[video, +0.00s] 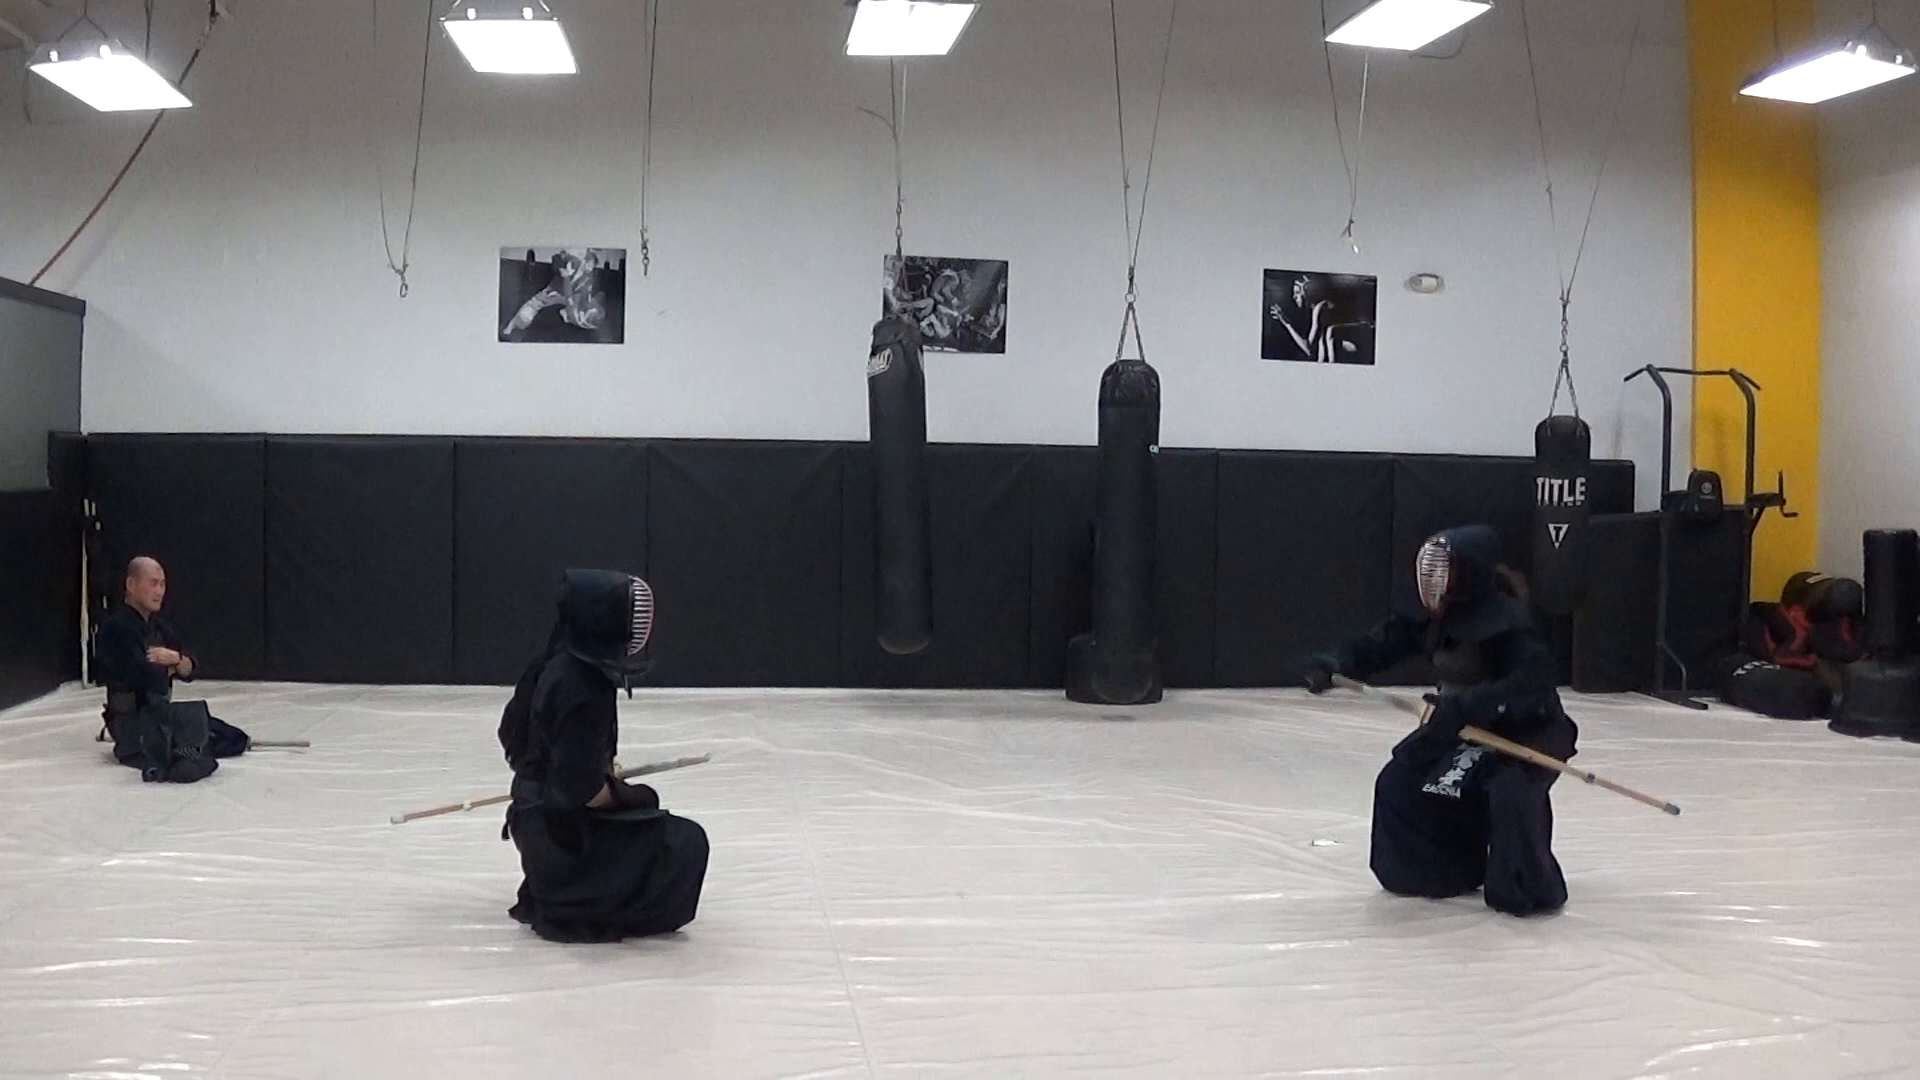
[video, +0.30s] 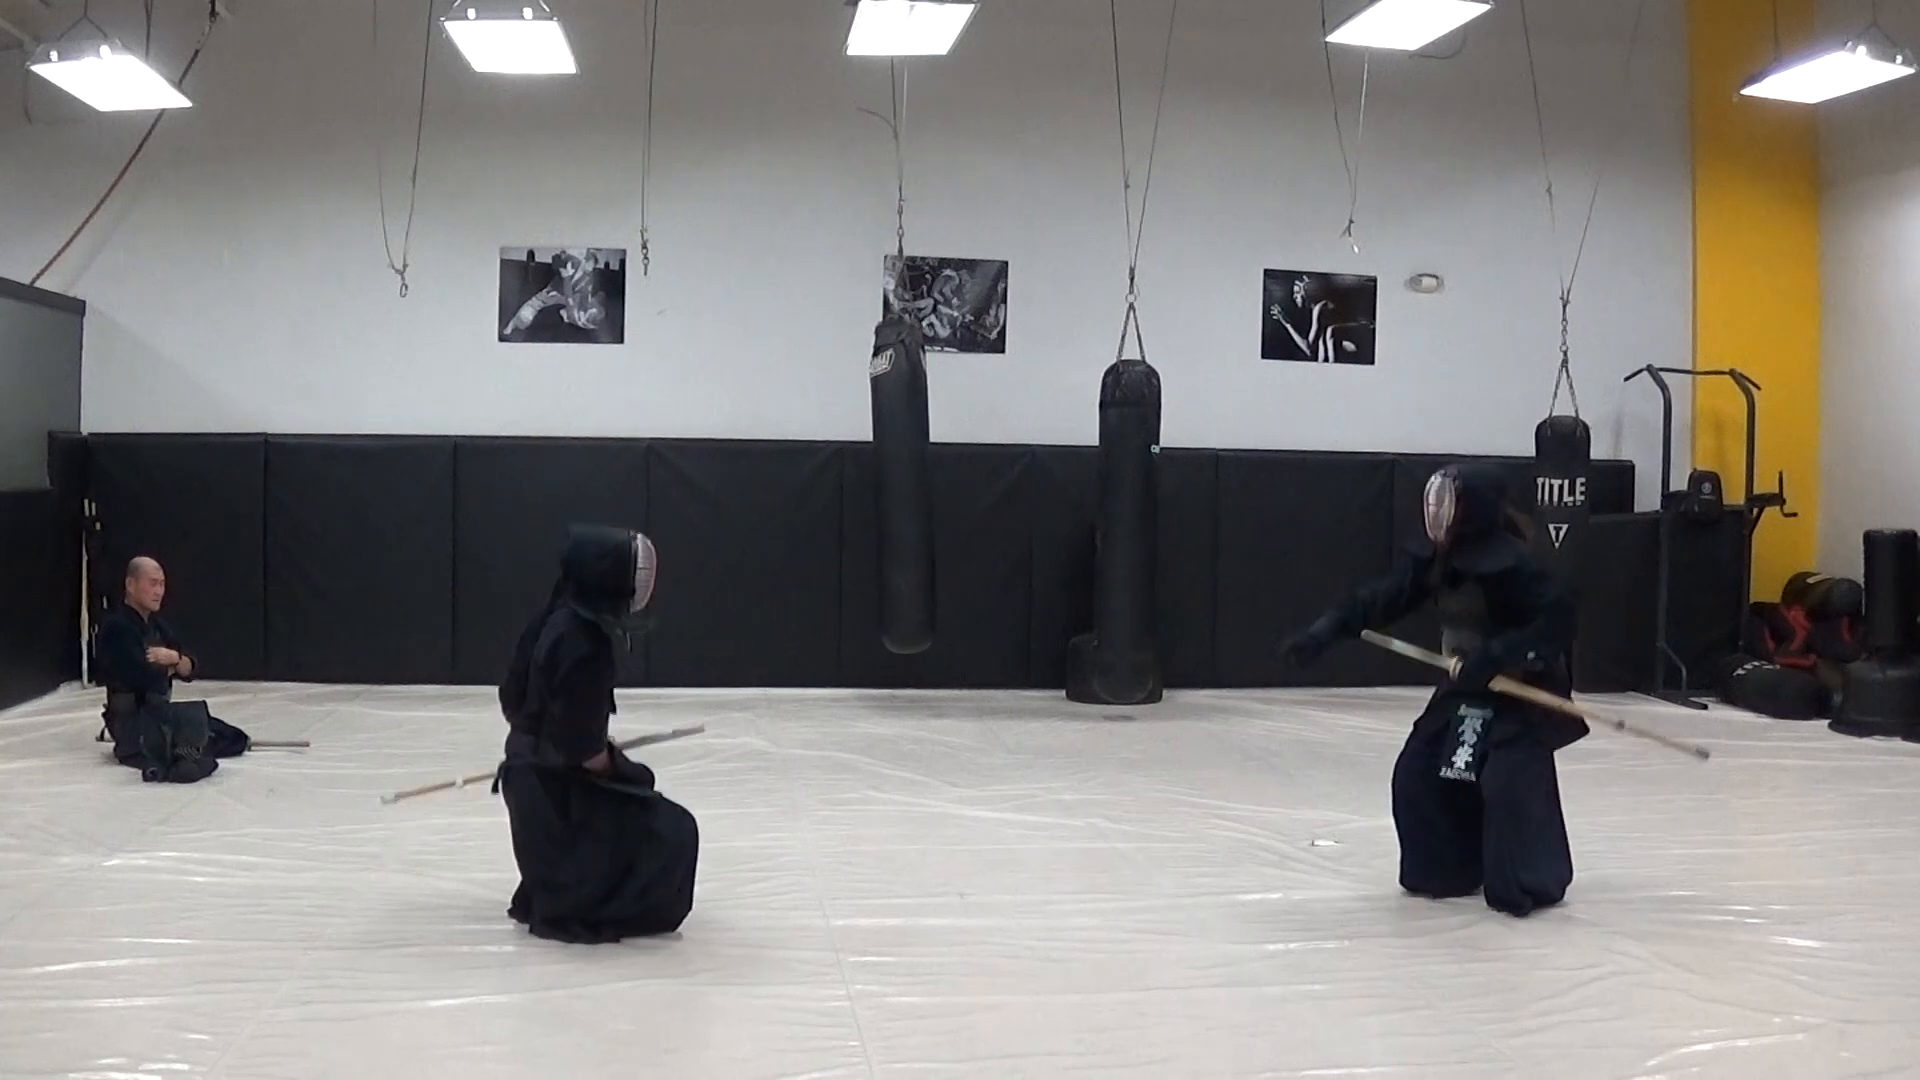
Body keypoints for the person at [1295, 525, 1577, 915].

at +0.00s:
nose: (1431, 587)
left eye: (1441, 576)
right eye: (1427, 575)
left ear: (1468, 578)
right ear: (1420, 573)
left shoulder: (1507, 619)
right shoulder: (1429, 621)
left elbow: (1534, 683)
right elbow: (1382, 647)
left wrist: (1463, 708)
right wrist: (1330, 661)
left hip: (1531, 730)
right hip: (1463, 727)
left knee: (1510, 789)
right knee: (1398, 783)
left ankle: (1527, 895)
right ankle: (1441, 875)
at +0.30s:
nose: (1436, 519)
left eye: (1447, 508)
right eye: (1433, 507)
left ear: (1473, 511)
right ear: (1428, 507)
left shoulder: (1514, 563)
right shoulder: (1434, 562)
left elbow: (1557, 622)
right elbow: (1381, 600)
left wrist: (1493, 656)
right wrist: (1325, 631)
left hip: (1521, 695)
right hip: (1460, 692)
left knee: (1505, 779)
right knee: (1416, 772)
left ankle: (1522, 886)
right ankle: (1442, 875)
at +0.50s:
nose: (1443, 465)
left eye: (1453, 455)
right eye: (1441, 454)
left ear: (1483, 459)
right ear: (1439, 457)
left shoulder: (1522, 516)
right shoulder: (1448, 516)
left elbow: (1572, 575)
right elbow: (1427, 587)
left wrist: (1506, 614)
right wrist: (1393, 640)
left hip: (1523, 666)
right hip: (1465, 663)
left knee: (1514, 778)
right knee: (1440, 768)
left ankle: (1521, 888)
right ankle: (1457, 875)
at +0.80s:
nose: (1454, 445)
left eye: (1464, 435)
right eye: (1451, 434)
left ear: (1493, 438)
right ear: (1449, 437)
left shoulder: (1527, 496)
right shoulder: (1462, 498)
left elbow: (1579, 559)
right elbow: (1460, 572)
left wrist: (1516, 603)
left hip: (1520, 654)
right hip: (1467, 652)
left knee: (1519, 768)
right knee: (1459, 763)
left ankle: (1534, 883)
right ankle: (1471, 872)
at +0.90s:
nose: (1457, 446)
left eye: (1467, 436)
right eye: (1454, 435)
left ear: (1495, 439)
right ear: (1451, 438)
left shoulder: (1530, 497)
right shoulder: (1463, 498)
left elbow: (1581, 558)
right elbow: (1460, 575)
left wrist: (1519, 605)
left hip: (1523, 656)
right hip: (1469, 654)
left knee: (1521, 770)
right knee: (1462, 765)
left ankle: (1532, 881)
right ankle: (1473, 872)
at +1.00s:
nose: (1464, 449)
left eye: (1473, 439)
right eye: (1461, 438)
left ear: (1500, 441)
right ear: (1462, 440)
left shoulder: (1535, 497)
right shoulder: (1469, 499)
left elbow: (1586, 560)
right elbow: (1459, 580)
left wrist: (1527, 604)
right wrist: (1445, 652)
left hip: (1526, 655)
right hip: (1472, 654)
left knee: (1522, 768)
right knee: (1464, 764)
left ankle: (1528, 881)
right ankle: (1474, 872)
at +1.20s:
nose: (1488, 449)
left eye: (1498, 440)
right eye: (1487, 439)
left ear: (1526, 445)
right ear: (1489, 442)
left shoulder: (1562, 503)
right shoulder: (1491, 501)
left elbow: (1603, 570)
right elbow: (1477, 574)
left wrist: (1545, 606)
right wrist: (1457, 632)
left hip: (1540, 653)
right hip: (1487, 650)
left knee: (1532, 764)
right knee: (1471, 761)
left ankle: (1570, 858)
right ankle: (1476, 872)